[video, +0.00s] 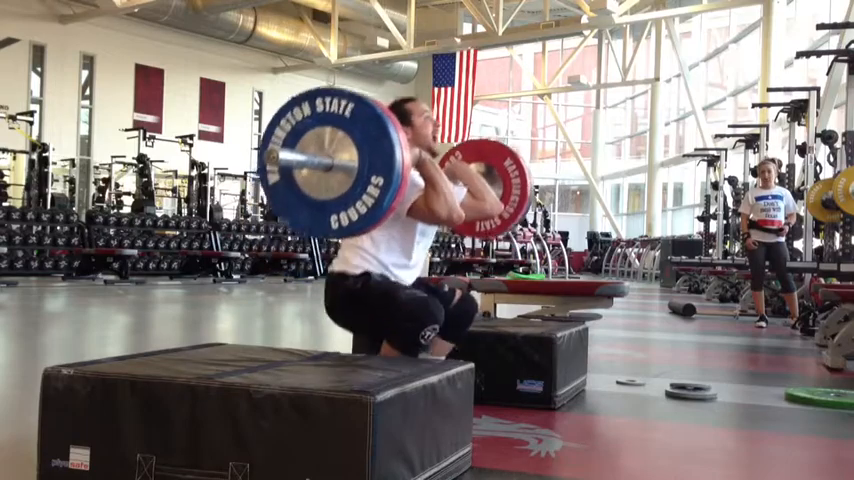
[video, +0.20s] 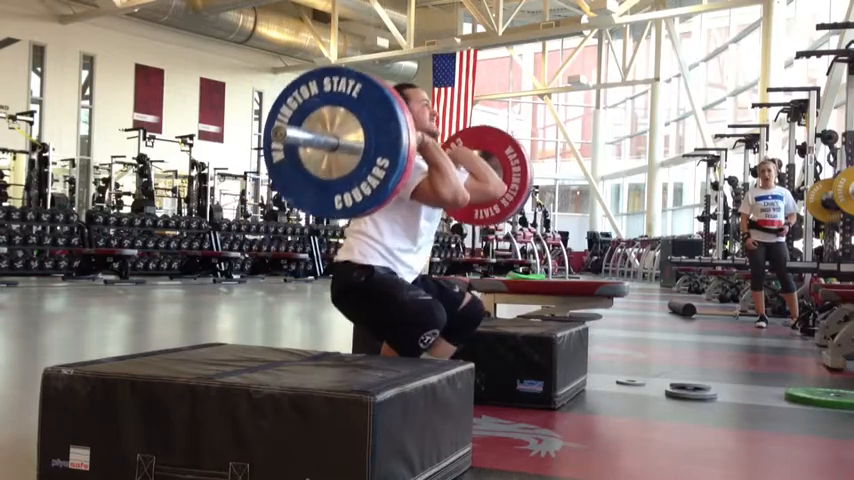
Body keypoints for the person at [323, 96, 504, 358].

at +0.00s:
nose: (436, 123)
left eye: (433, 118)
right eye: (426, 118)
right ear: (403, 131)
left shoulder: (426, 179)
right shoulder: (390, 169)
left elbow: (491, 207)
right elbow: (445, 213)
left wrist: (462, 170)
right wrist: (423, 160)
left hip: (399, 283)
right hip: (353, 283)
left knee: (462, 306)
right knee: (423, 313)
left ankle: (420, 388)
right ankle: (377, 390)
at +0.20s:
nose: (433, 110)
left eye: (431, 105)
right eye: (424, 104)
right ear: (401, 111)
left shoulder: (432, 165)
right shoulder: (393, 153)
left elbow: (496, 189)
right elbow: (453, 197)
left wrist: (466, 157)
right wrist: (428, 143)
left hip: (404, 275)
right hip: (362, 273)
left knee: (468, 310)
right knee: (423, 316)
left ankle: (420, 388)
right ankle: (378, 391)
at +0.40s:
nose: (429, 101)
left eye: (427, 95)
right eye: (420, 95)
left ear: (428, 102)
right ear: (400, 102)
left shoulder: (428, 153)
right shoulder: (392, 142)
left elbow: (495, 176)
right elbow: (456, 180)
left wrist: (458, 143)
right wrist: (427, 129)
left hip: (406, 269)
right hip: (365, 265)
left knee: (468, 309)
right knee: (426, 318)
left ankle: (417, 389)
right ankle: (376, 393)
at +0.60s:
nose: (426, 94)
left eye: (426, 88)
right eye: (417, 88)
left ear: (430, 96)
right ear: (398, 97)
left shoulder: (428, 150)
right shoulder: (393, 137)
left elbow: (492, 170)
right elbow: (452, 171)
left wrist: (451, 132)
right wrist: (424, 117)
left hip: (401, 262)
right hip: (363, 257)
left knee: (463, 305)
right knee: (423, 315)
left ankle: (418, 387)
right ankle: (376, 393)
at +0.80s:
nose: (423, 90)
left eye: (424, 83)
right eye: (413, 83)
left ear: (428, 91)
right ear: (395, 92)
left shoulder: (427, 141)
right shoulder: (392, 129)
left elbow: (492, 161)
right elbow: (454, 163)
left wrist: (445, 124)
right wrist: (425, 111)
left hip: (399, 256)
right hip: (362, 252)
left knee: (459, 302)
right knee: (421, 313)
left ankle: (414, 389)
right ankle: (374, 394)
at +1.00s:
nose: (424, 84)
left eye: (425, 77)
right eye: (415, 75)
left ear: (428, 86)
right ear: (398, 85)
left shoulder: (428, 136)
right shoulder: (392, 122)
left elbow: (491, 156)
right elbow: (452, 155)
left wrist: (444, 117)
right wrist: (427, 101)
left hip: (398, 250)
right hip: (364, 246)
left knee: (457, 300)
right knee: (418, 310)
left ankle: (413, 389)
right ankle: (375, 398)